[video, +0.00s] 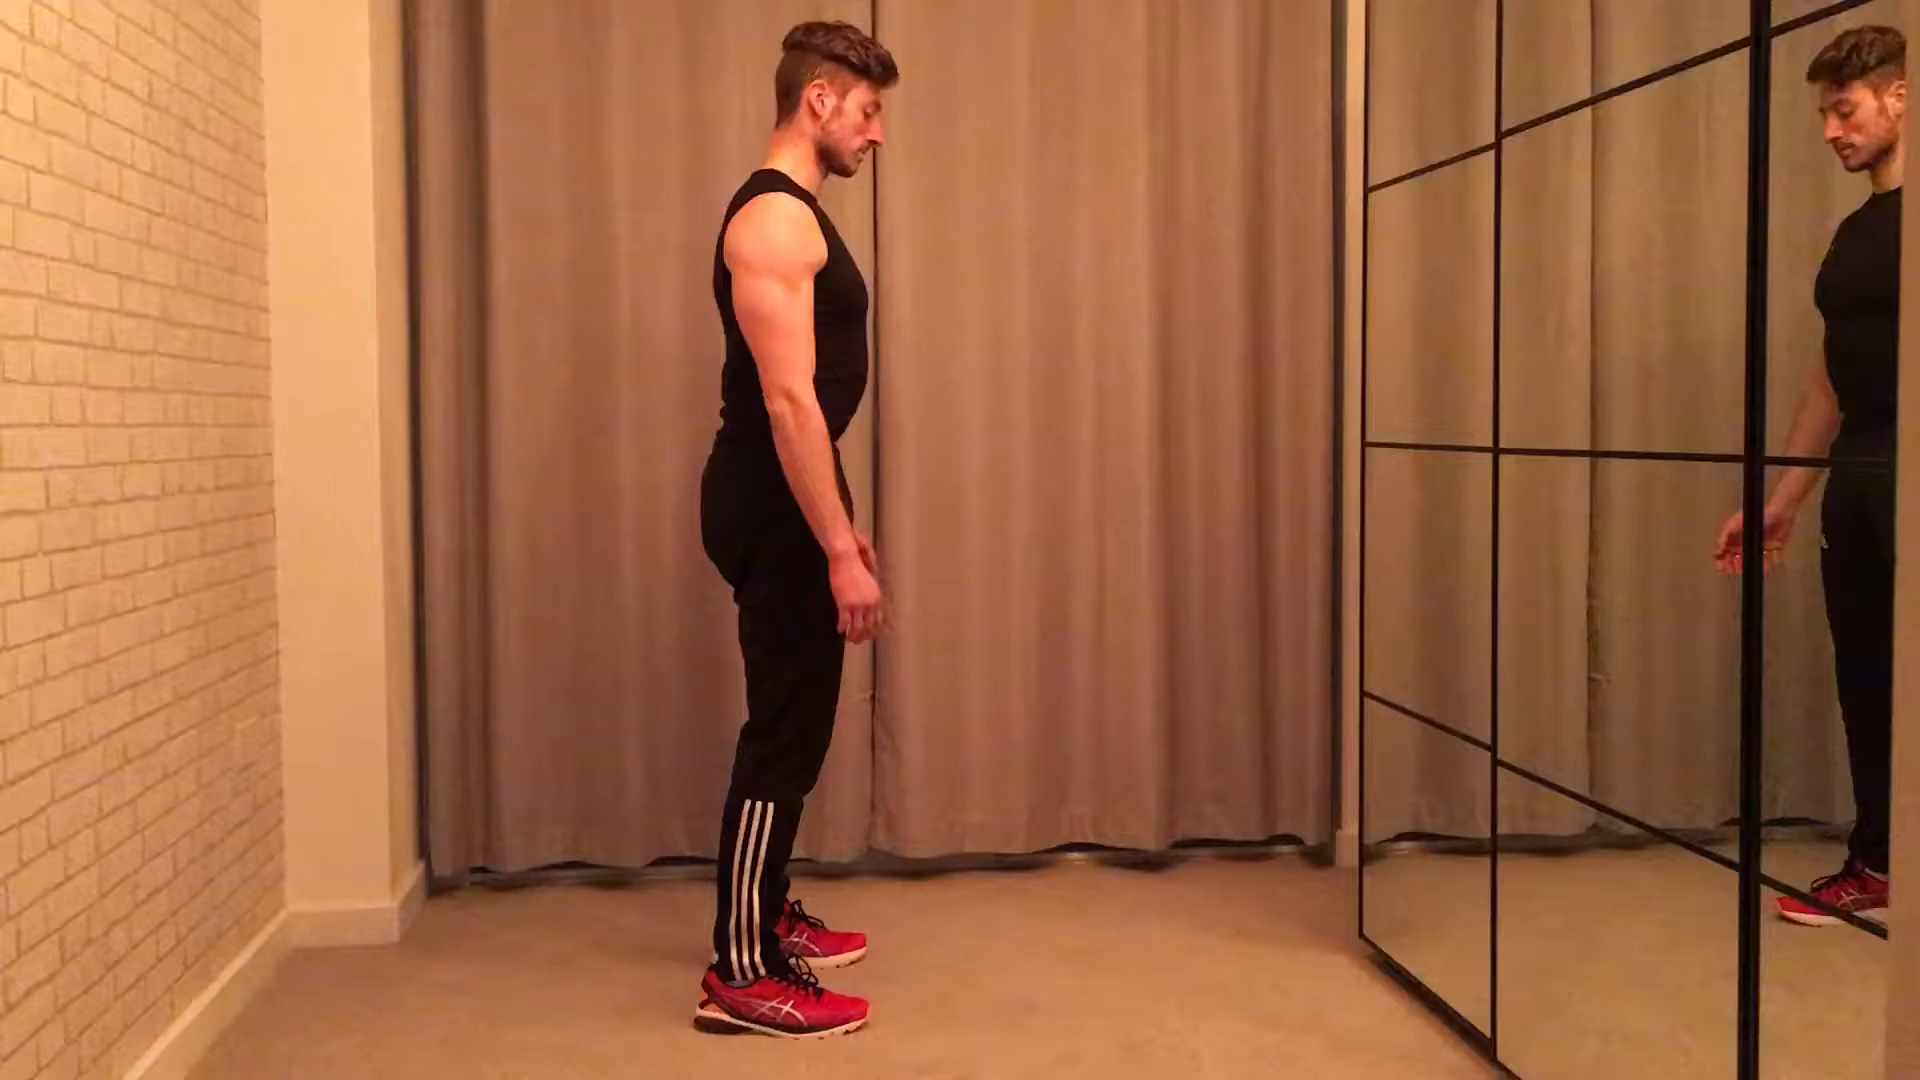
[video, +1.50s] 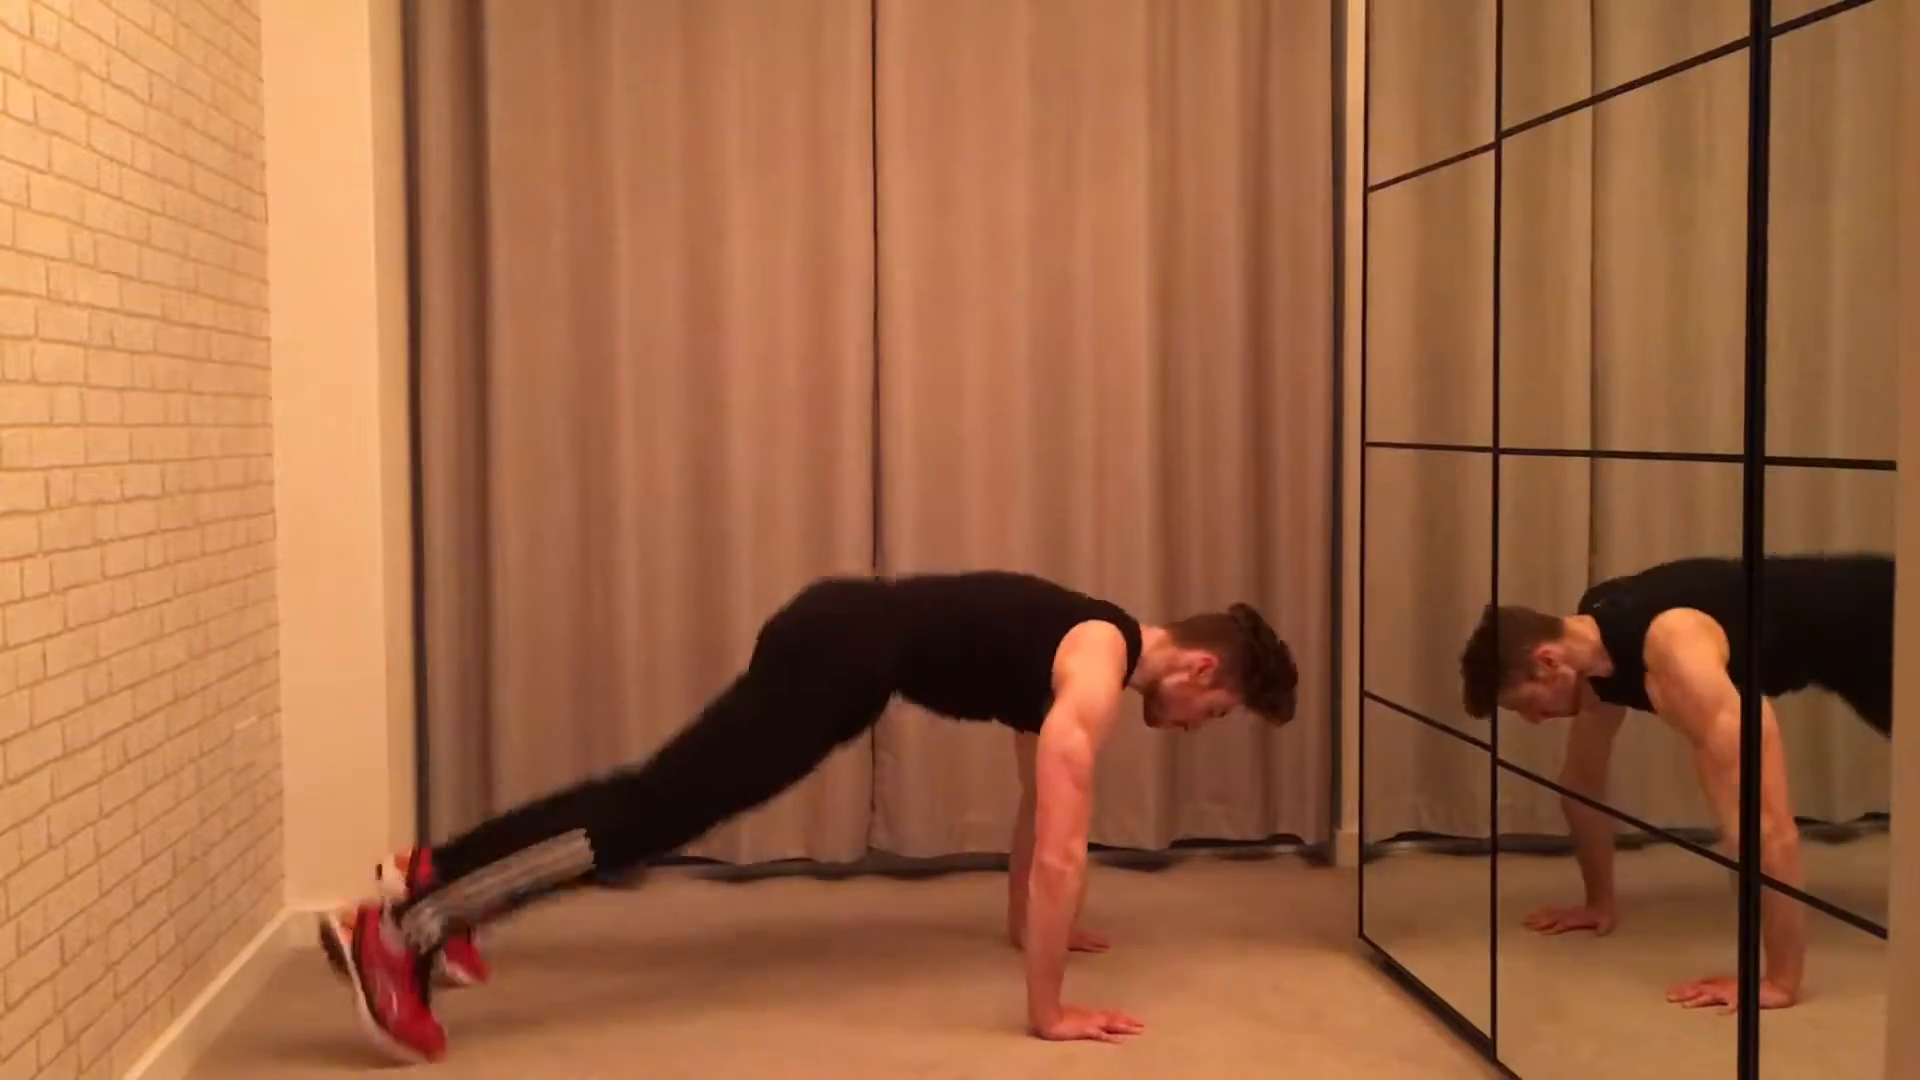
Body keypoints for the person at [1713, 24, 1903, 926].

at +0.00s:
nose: (1833, 131)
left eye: (1848, 110)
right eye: (1827, 115)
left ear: (1897, 103)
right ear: (1839, 119)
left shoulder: (1902, 216)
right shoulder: (1859, 229)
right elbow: (1832, 382)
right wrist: (1781, 501)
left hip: (1895, 483)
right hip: (1857, 482)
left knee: (1888, 680)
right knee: (1864, 680)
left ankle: (1882, 867)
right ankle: (1872, 865)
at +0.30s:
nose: (1814, 136)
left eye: (1827, 115)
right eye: (1808, 119)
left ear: (1882, 102)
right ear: (1824, 118)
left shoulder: (1906, 214)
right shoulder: (1841, 230)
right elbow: (1824, 382)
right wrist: (1783, 505)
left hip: (1901, 471)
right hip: (1863, 471)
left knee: (1892, 677)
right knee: (1867, 676)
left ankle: (1884, 867)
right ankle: (1872, 863)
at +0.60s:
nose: (1698, 255)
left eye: (1705, 233)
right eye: (1689, 242)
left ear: (1766, 201)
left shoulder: (1874, 292)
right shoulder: (1765, 319)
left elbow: (1908, 443)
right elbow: (1775, 453)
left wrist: (1904, 597)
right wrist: (1771, 572)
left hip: (1914, 496)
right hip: (1888, 493)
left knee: (1882, 678)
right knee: (1855, 671)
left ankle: (1887, 867)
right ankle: (1876, 865)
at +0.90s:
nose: (1640, 566)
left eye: (1644, 545)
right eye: (1631, 551)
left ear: (1687, 513)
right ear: (1683, 518)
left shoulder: (1824, 555)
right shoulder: (1702, 568)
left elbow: (1839, 747)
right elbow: (1646, 696)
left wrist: (1815, 895)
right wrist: (1622, 820)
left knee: (1884, 722)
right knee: (1787, 701)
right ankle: (1873, 867)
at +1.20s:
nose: (1654, 724)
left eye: (1643, 715)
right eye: (1639, 722)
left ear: (1659, 671)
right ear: (1659, 659)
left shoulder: (1773, 630)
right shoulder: (1670, 615)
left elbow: (1797, 820)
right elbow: (1628, 772)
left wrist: (1784, 975)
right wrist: (1602, 897)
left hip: (1892, 441)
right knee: (1865, 668)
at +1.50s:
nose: (1535, 718)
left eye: (1527, 705)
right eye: (1524, 711)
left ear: (1549, 662)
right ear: (1548, 657)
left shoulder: (1678, 650)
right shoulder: (1603, 641)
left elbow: (1768, 826)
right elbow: (1582, 783)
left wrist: (1781, 980)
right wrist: (1600, 905)